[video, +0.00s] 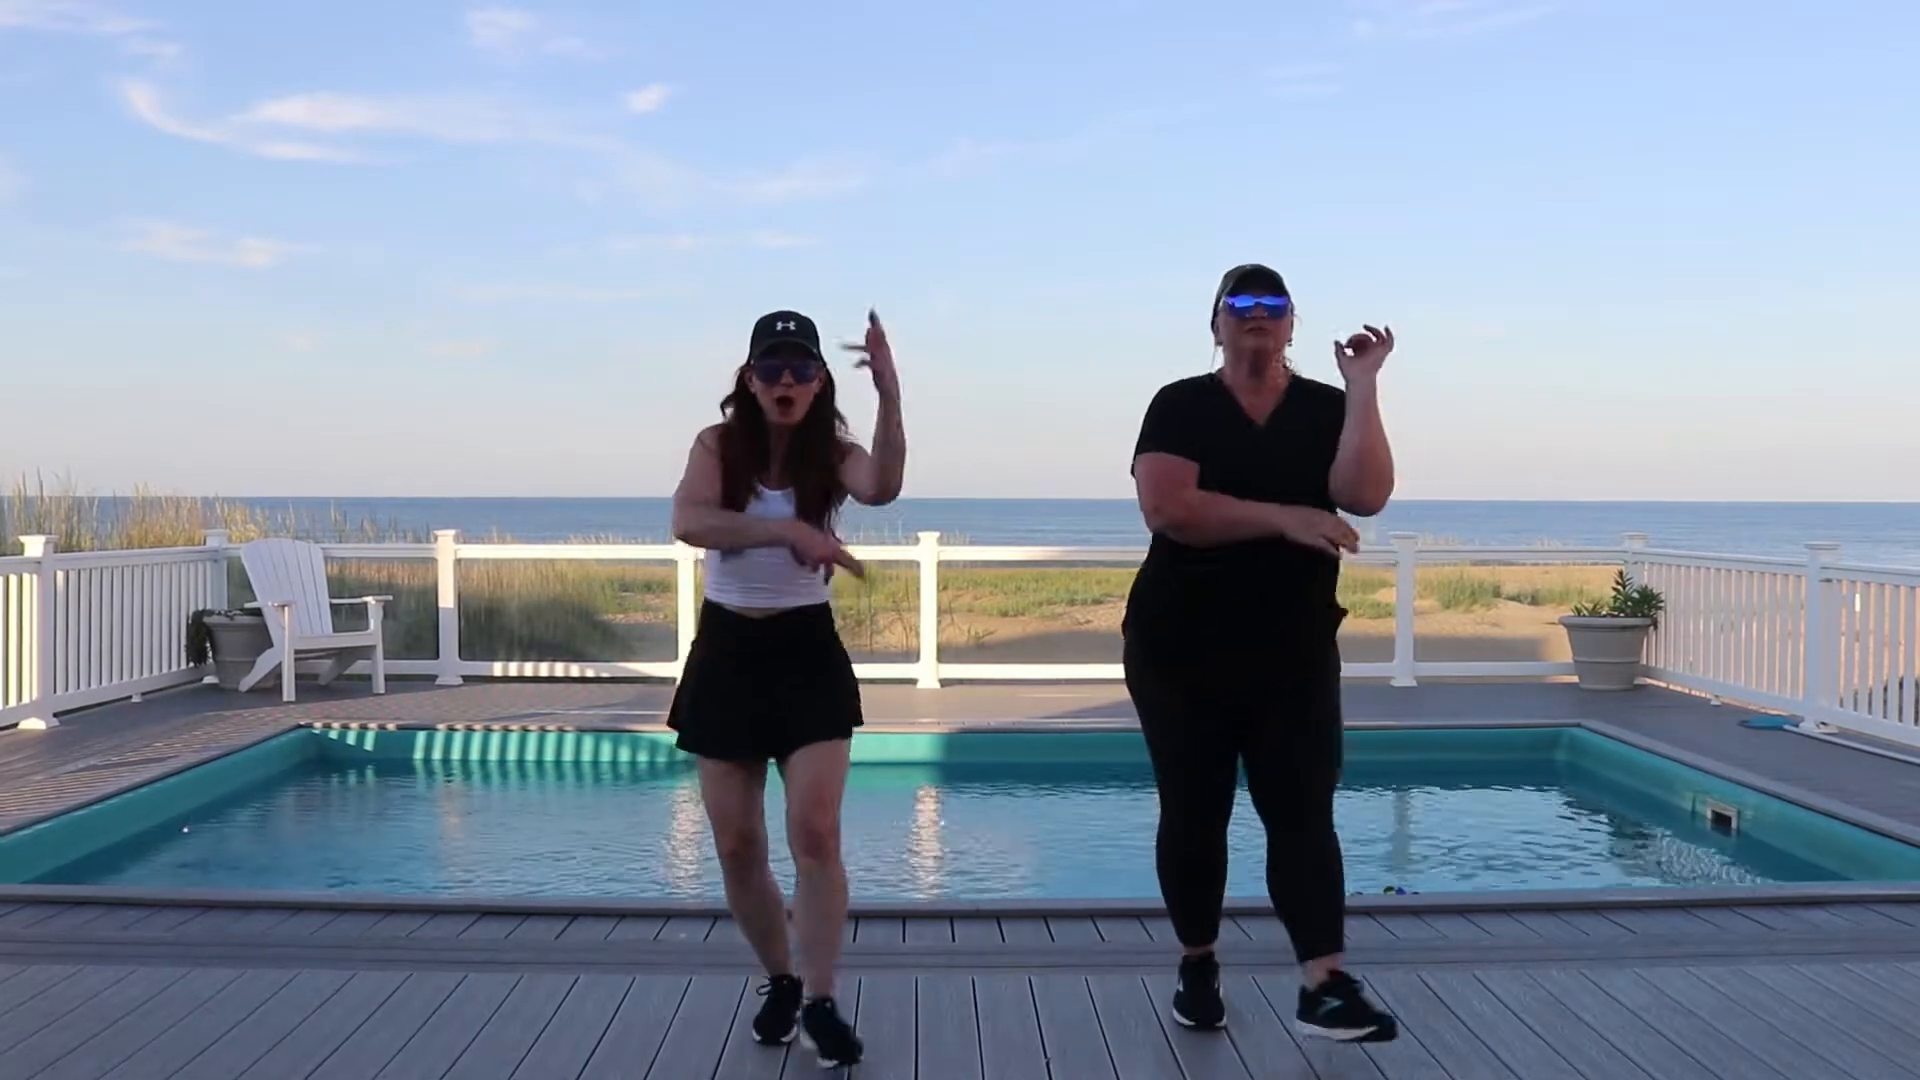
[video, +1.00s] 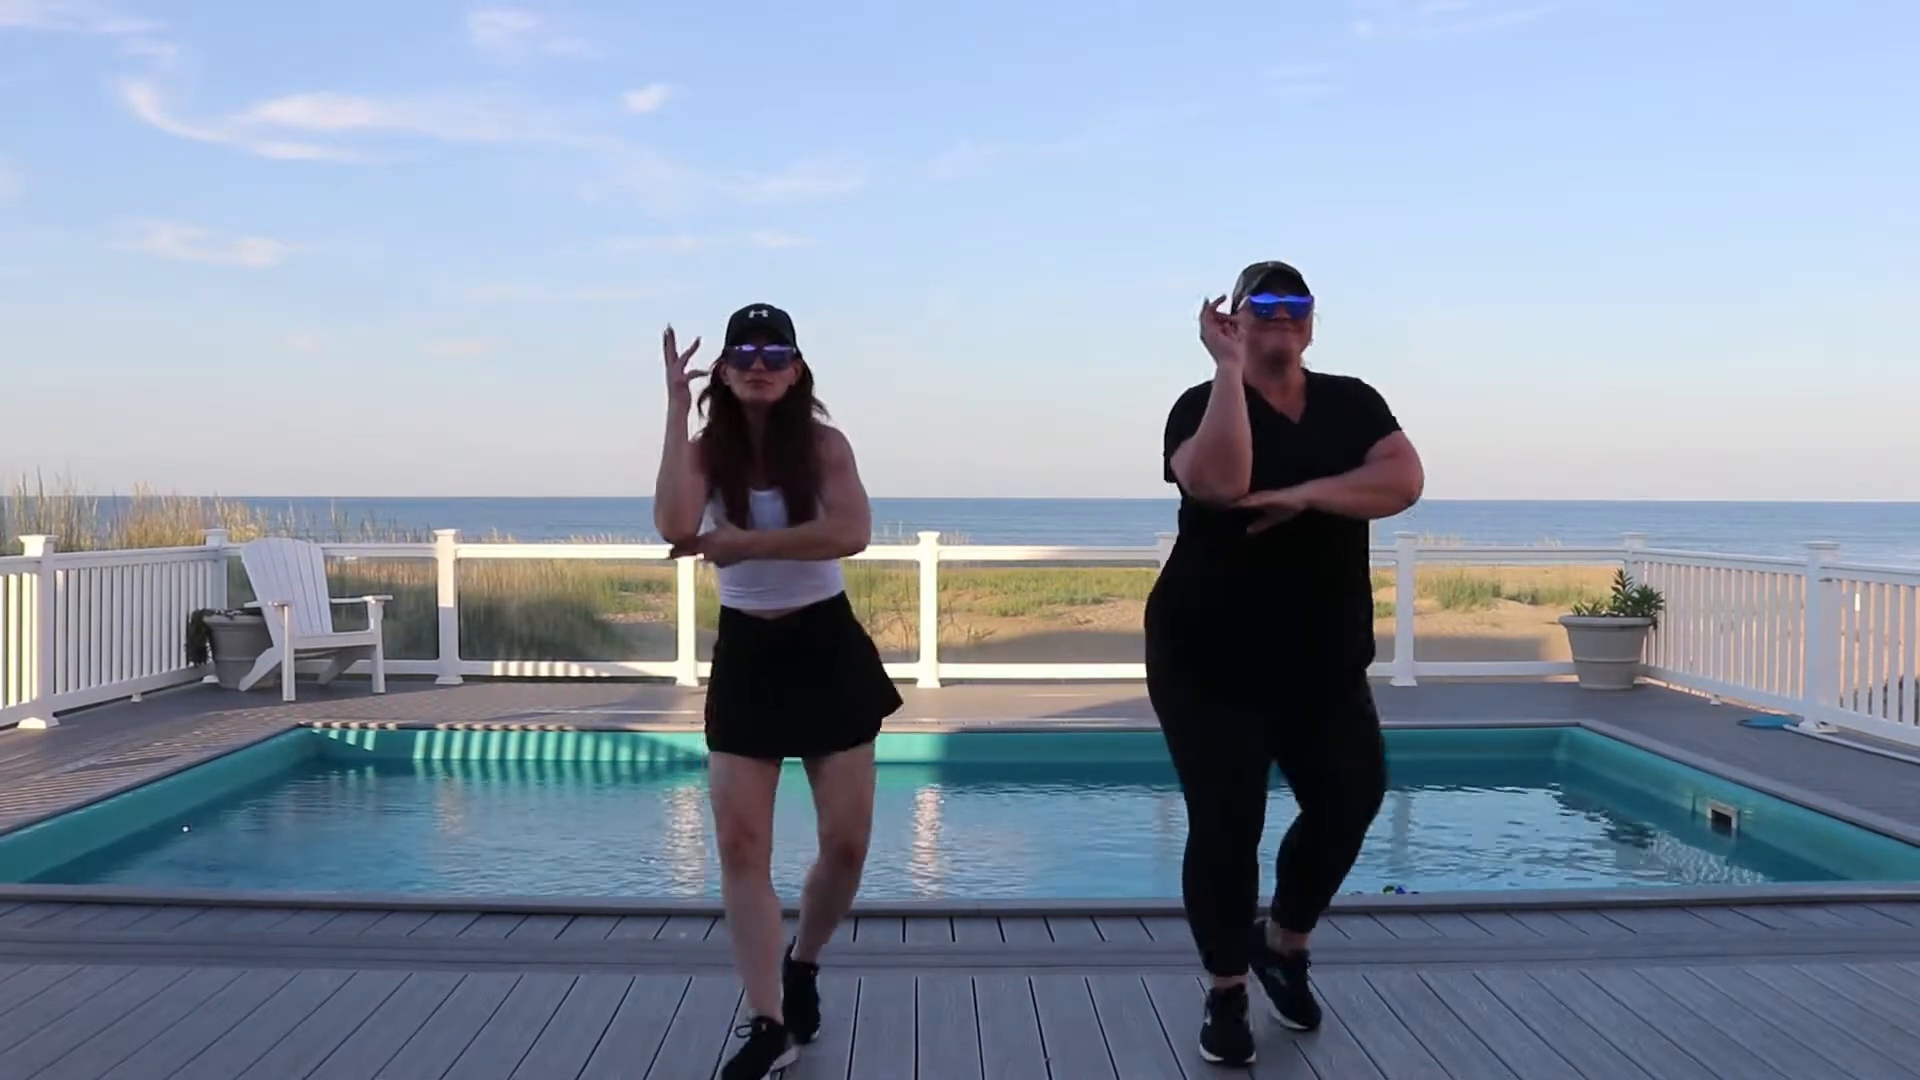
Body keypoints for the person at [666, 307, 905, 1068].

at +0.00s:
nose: (786, 383)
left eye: (801, 369)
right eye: (771, 369)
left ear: (820, 379)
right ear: (749, 376)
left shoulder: (829, 449)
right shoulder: (719, 444)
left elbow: (884, 485)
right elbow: (688, 522)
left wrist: (888, 394)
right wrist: (786, 530)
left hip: (809, 653)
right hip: (725, 655)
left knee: (816, 833)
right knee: (738, 848)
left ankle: (820, 1001)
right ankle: (782, 979)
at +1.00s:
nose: (758, 367)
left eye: (773, 355)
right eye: (743, 356)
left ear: (797, 368)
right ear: (723, 370)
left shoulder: (822, 441)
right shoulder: (706, 443)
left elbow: (850, 531)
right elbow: (675, 525)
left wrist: (745, 544)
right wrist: (677, 412)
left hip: (830, 648)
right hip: (746, 653)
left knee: (846, 848)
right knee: (740, 843)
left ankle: (803, 961)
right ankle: (768, 1022)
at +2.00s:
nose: (779, 391)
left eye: (794, 378)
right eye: (765, 378)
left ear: (817, 388)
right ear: (744, 384)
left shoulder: (831, 474)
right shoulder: (709, 457)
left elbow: (848, 556)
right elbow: (678, 541)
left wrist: (877, 449)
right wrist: (782, 545)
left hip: (797, 669)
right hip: (711, 667)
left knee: (793, 854)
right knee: (691, 865)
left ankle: (775, 1027)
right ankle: (740, 948)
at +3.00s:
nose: (745, 384)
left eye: (760, 371)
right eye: (731, 372)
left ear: (784, 379)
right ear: (710, 383)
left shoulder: (811, 447)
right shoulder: (697, 462)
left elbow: (836, 539)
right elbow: (659, 552)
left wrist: (728, 556)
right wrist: (661, 445)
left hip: (829, 654)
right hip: (745, 658)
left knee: (836, 845)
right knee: (736, 837)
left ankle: (815, 954)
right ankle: (751, 1017)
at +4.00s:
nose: (764, 363)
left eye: (777, 351)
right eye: (748, 351)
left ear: (792, 361)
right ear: (721, 361)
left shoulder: (803, 440)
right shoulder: (696, 425)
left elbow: (847, 522)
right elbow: (664, 503)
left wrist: (868, 434)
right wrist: (772, 529)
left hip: (767, 642)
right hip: (684, 641)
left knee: (776, 837)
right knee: (676, 843)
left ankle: (752, 989)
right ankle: (698, 961)